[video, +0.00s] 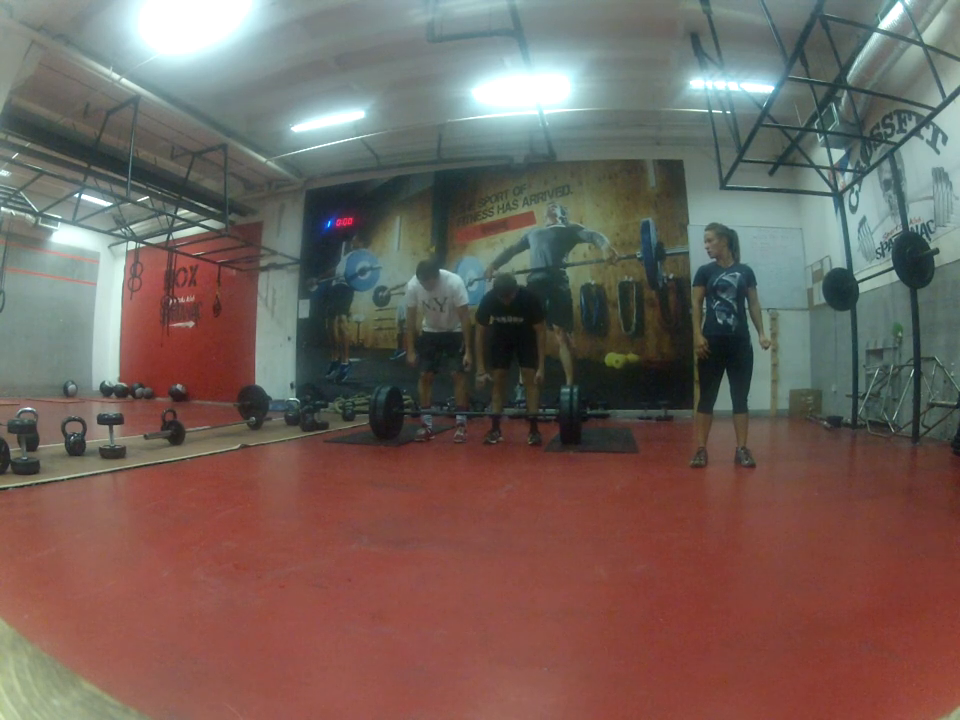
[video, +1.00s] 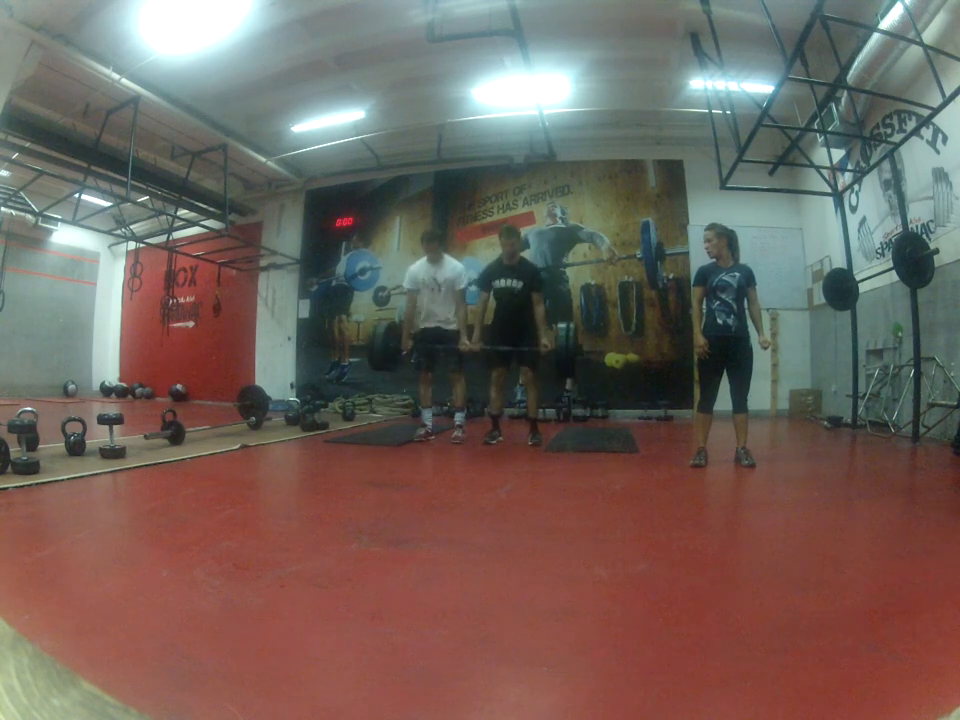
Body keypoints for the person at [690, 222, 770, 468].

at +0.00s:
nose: (706, 245)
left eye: (710, 241)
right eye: (705, 241)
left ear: (725, 241)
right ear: (709, 244)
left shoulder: (745, 271)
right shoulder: (704, 271)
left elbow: (754, 304)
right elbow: (697, 306)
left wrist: (761, 333)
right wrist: (697, 335)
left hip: (739, 342)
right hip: (711, 342)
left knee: (740, 399)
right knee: (706, 399)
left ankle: (742, 449)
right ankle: (700, 450)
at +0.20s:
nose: (707, 245)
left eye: (710, 241)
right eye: (705, 242)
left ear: (726, 241)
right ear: (709, 244)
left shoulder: (745, 271)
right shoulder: (704, 271)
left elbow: (754, 304)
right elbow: (697, 305)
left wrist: (761, 333)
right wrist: (697, 335)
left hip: (739, 343)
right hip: (711, 342)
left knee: (740, 399)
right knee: (706, 399)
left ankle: (742, 449)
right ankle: (701, 450)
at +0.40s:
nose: (706, 245)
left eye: (710, 241)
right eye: (705, 242)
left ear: (726, 241)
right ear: (709, 245)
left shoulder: (745, 271)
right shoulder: (704, 272)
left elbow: (754, 304)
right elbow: (697, 305)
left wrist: (761, 333)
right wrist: (697, 335)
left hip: (739, 343)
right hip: (711, 342)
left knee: (740, 399)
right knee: (706, 399)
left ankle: (742, 449)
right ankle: (701, 449)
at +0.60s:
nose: (706, 245)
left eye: (710, 241)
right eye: (705, 241)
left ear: (725, 241)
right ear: (710, 244)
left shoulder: (745, 271)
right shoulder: (704, 272)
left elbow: (754, 304)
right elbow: (697, 306)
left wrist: (761, 333)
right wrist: (697, 335)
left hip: (739, 342)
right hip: (711, 342)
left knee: (740, 399)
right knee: (706, 399)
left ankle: (742, 449)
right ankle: (701, 449)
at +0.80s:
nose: (706, 245)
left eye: (709, 241)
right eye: (705, 241)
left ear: (725, 241)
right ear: (710, 244)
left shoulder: (745, 271)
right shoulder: (704, 272)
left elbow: (753, 304)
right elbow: (697, 306)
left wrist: (761, 333)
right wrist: (697, 335)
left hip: (739, 342)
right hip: (711, 342)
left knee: (740, 399)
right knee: (706, 399)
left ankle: (742, 449)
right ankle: (701, 449)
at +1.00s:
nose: (706, 245)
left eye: (709, 241)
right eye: (705, 241)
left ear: (725, 241)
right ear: (710, 244)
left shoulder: (745, 271)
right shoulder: (704, 272)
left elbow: (753, 304)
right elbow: (696, 306)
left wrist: (761, 333)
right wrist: (697, 335)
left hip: (739, 342)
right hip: (711, 342)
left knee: (740, 399)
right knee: (706, 399)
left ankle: (742, 449)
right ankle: (700, 449)